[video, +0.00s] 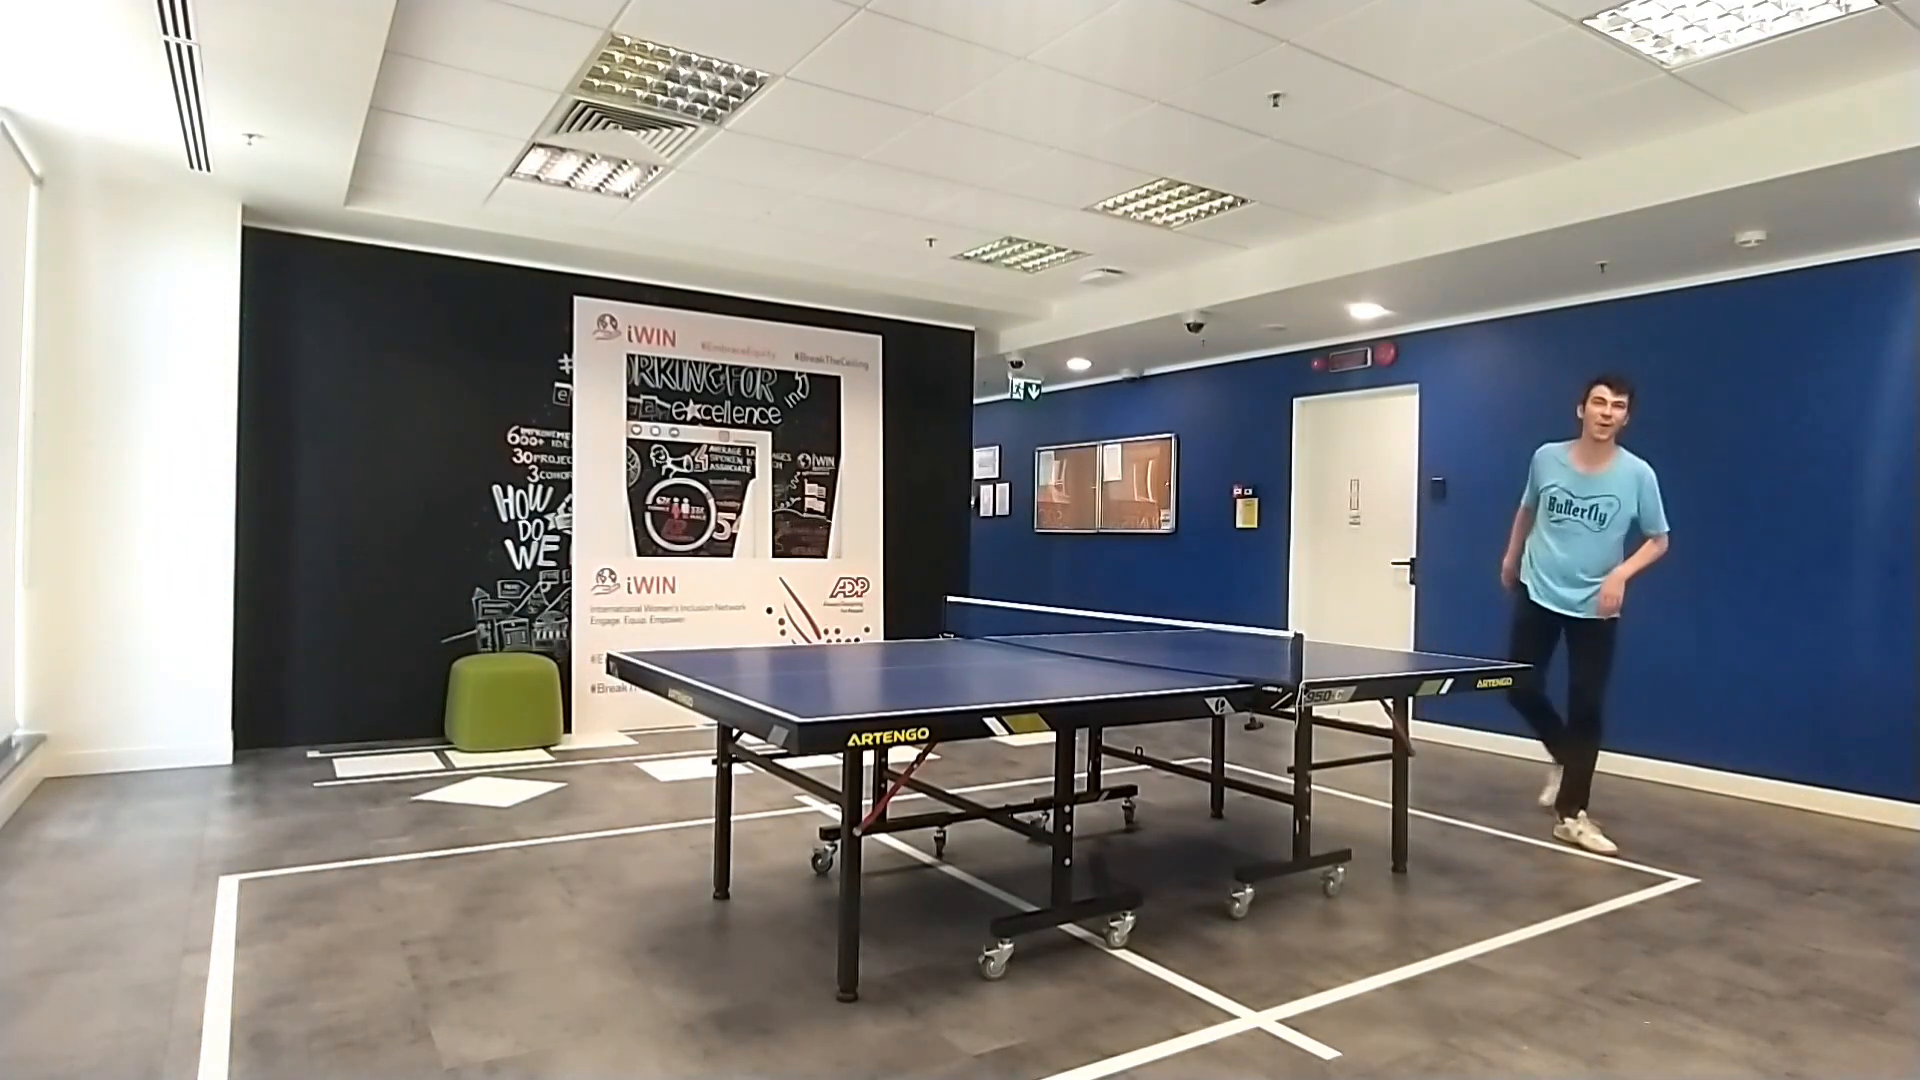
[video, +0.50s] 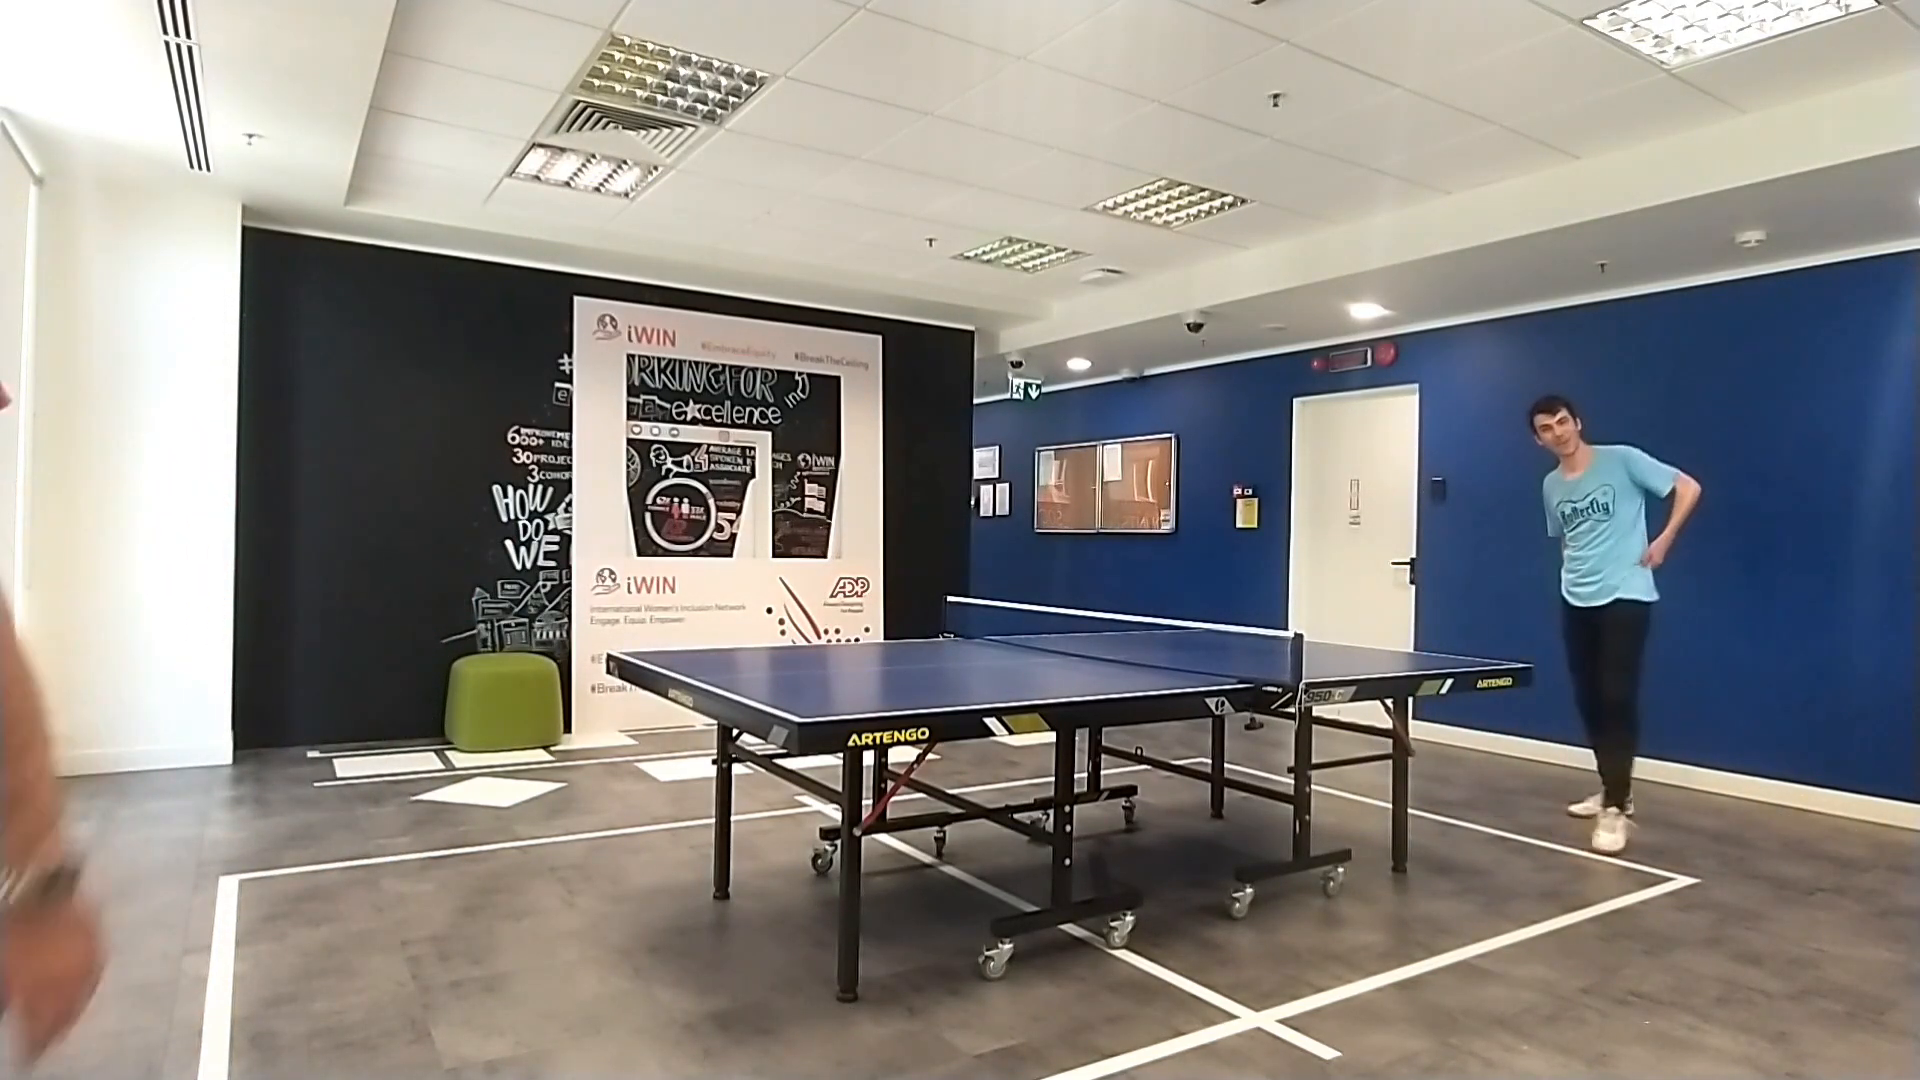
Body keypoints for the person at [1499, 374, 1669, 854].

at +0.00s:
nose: (1607, 412)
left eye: (1616, 406)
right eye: (1599, 403)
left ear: (1626, 418)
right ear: (1581, 409)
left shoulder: (1638, 474)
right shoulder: (1547, 458)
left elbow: (1658, 540)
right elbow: (1527, 510)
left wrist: (1620, 575)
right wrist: (1512, 555)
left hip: (1594, 606)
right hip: (1538, 594)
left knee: (1586, 708)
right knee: (1520, 687)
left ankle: (1572, 813)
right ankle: (1567, 756)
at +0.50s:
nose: (1556, 431)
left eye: (1560, 421)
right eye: (1546, 428)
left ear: (1576, 422)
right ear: (1540, 440)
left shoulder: (1622, 459)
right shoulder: (1552, 485)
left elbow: (1688, 487)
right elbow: (1564, 542)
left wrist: (1664, 540)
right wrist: (1571, 583)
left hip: (1626, 595)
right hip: (1578, 601)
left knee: (1617, 695)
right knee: (1590, 697)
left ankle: (1617, 809)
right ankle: (1612, 791)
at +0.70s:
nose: (1562, 433)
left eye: (1566, 423)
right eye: (1551, 430)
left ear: (1580, 423)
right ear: (1544, 441)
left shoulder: (1623, 454)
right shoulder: (1556, 488)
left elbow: (1695, 466)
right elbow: (1569, 543)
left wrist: (1673, 515)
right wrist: (1586, 574)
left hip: (1640, 583)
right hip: (1590, 594)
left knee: (1651, 688)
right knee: (1602, 692)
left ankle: (1674, 805)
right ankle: (1617, 793)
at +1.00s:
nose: (1615, 426)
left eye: (1620, 418)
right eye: (1604, 420)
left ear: (1630, 420)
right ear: (1588, 428)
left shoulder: (1661, 456)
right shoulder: (1578, 482)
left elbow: (1717, 483)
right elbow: (1579, 541)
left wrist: (1703, 527)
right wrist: (1580, 594)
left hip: (1666, 591)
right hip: (1607, 596)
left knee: (1687, 693)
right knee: (1612, 694)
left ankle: (1712, 798)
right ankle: (1617, 793)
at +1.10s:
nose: (1642, 425)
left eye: (1647, 416)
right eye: (1632, 418)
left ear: (1655, 420)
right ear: (1610, 424)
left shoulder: (1681, 459)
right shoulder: (1591, 479)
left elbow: (1726, 491)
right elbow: (1582, 538)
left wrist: (1717, 539)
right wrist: (1577, 594)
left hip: (1679, 595)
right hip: (1617, 597)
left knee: (1693, 695)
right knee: (1616, 694)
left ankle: (1707, 800)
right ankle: (1617, 793)